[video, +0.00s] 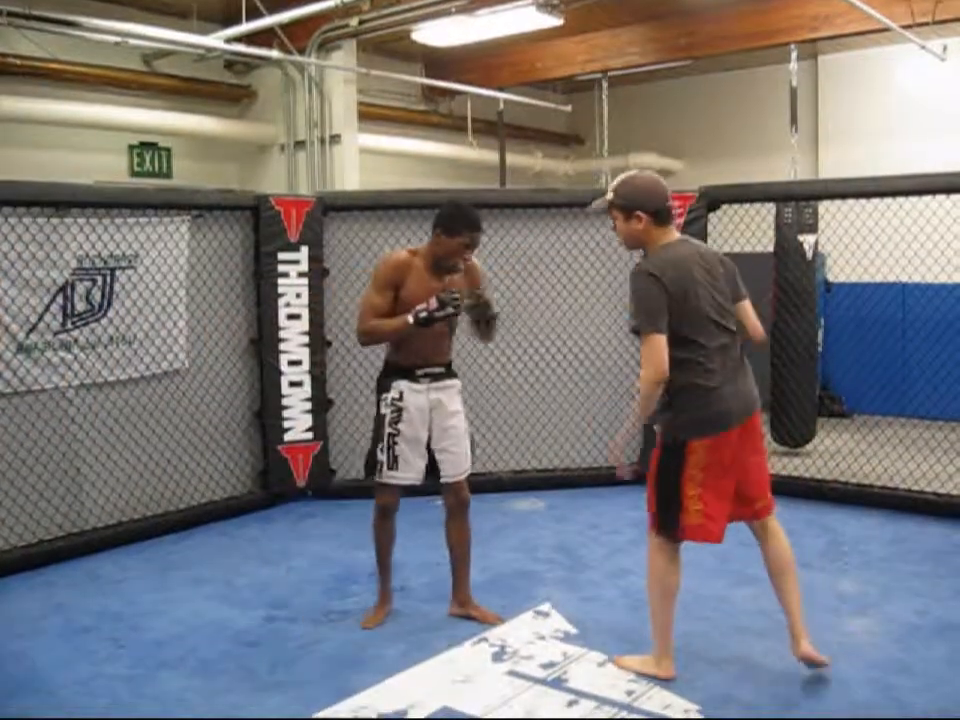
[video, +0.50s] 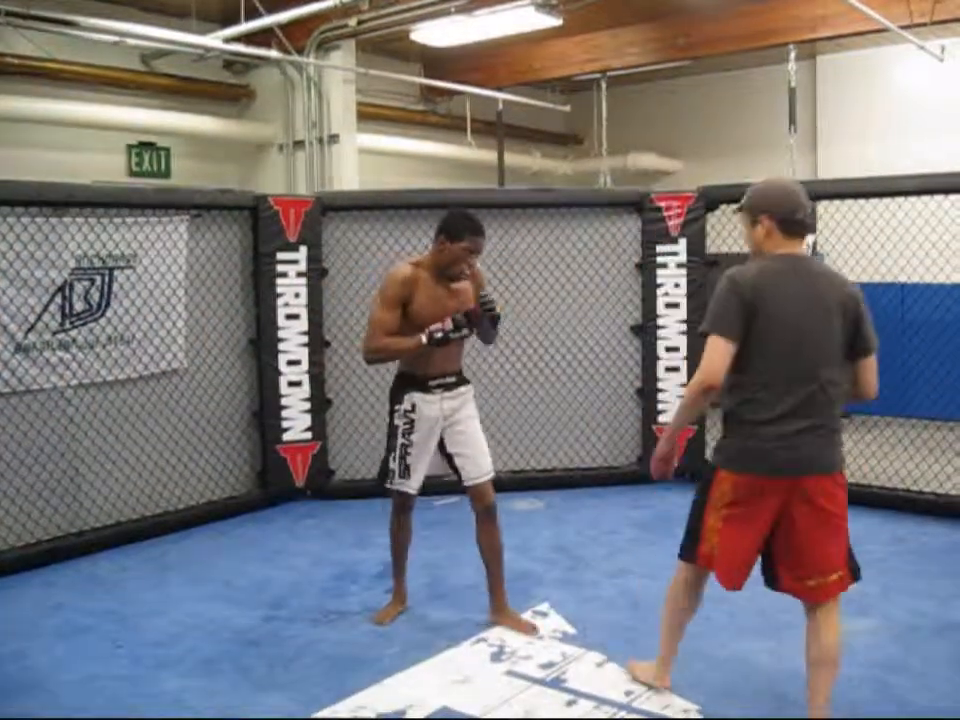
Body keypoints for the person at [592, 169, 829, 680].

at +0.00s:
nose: (613, 226)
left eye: (616, 217)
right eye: (612, 217)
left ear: (641, 219)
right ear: (659, 215)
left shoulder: (650, 273)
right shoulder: (712, 256)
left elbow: (656, 371)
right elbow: (755, 330)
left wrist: (639, 420)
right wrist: (712, 332)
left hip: (689, 424)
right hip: (742, 411)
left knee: (664, 538)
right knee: (765, 521)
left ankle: (661, 657)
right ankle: (802, 639)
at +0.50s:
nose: (744, 234)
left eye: (746, 225)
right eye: (744, 224)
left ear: (765, 225)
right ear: (804, 226)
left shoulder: (742, 281)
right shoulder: (843, 289)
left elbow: (710, 378)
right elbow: (866, 386)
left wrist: (673, 431)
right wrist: (808, 384)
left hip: (746, 462)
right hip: (820, 465)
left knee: (694, 565)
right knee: (824, 600)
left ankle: (660, 668)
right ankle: (818, 711)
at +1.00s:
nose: (793, 233)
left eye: (794, 222)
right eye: (792, 223)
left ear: (813, 218)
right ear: (854, 218)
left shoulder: (799, 280)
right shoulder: (901, 288)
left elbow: (792, 384)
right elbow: (928, 398)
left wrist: (762, 414)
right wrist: (878, 395)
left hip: (809, 486)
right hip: (883, 481)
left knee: (774, 616)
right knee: (879, 614)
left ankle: (808, 711)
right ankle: (881, 713)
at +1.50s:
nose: (749, 217)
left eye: (749, 206)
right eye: (749, 206)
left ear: (765, 206)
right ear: (816, 202)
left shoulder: (744, 277)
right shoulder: (872, 268)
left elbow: (701, 382)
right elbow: (886, 347)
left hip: (784, 487)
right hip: (873, 483)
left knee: (749, 653)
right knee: (898, 649)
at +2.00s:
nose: (667, 222)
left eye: (668, 213)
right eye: (667, 212)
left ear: (682, 218)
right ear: (735, 206)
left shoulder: (691, 284)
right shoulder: (798, 263)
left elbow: (693, 403)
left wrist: (660, 424)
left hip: (756, 498)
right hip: (841, 485)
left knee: (707, 660)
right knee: (886, 665)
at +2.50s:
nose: (657, 212)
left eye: (658, 204)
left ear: (665, 212)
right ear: (736, 206)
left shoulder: (631, 295)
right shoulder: (779, 282)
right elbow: (824, 417)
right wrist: (814, 445)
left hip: (667, 528)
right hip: (757, 529)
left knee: (677, 689)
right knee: (778, 704)